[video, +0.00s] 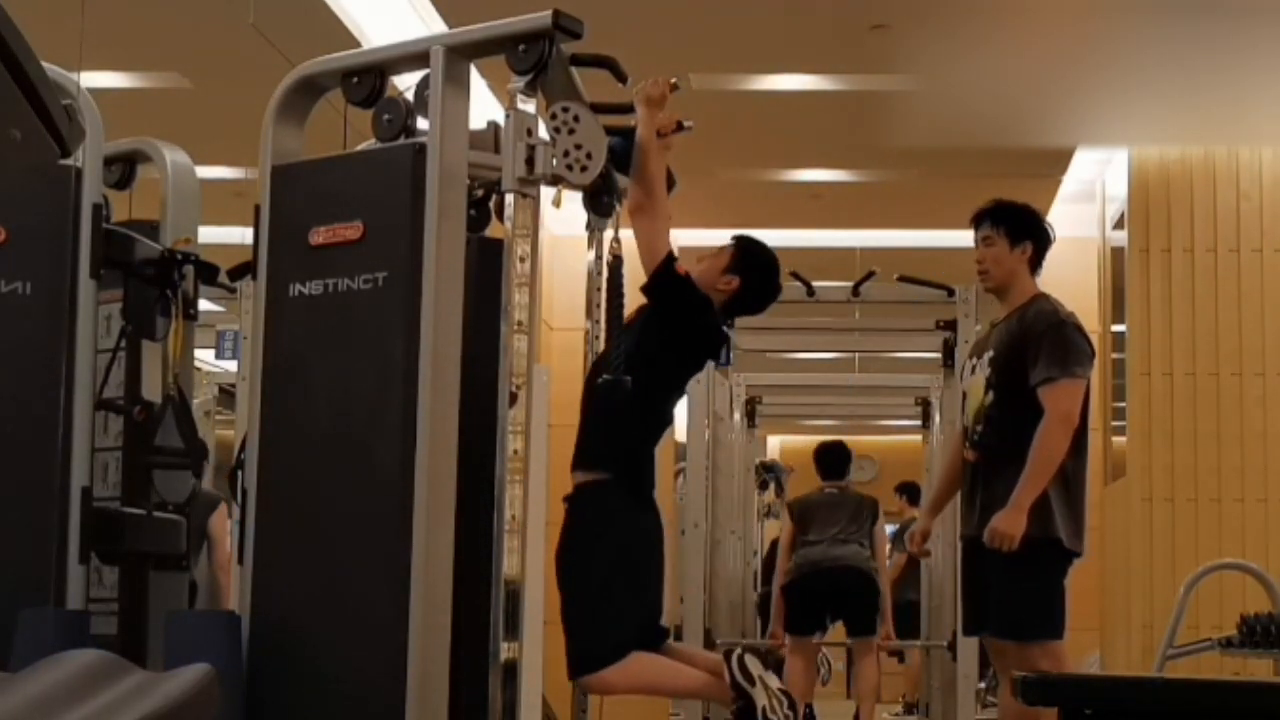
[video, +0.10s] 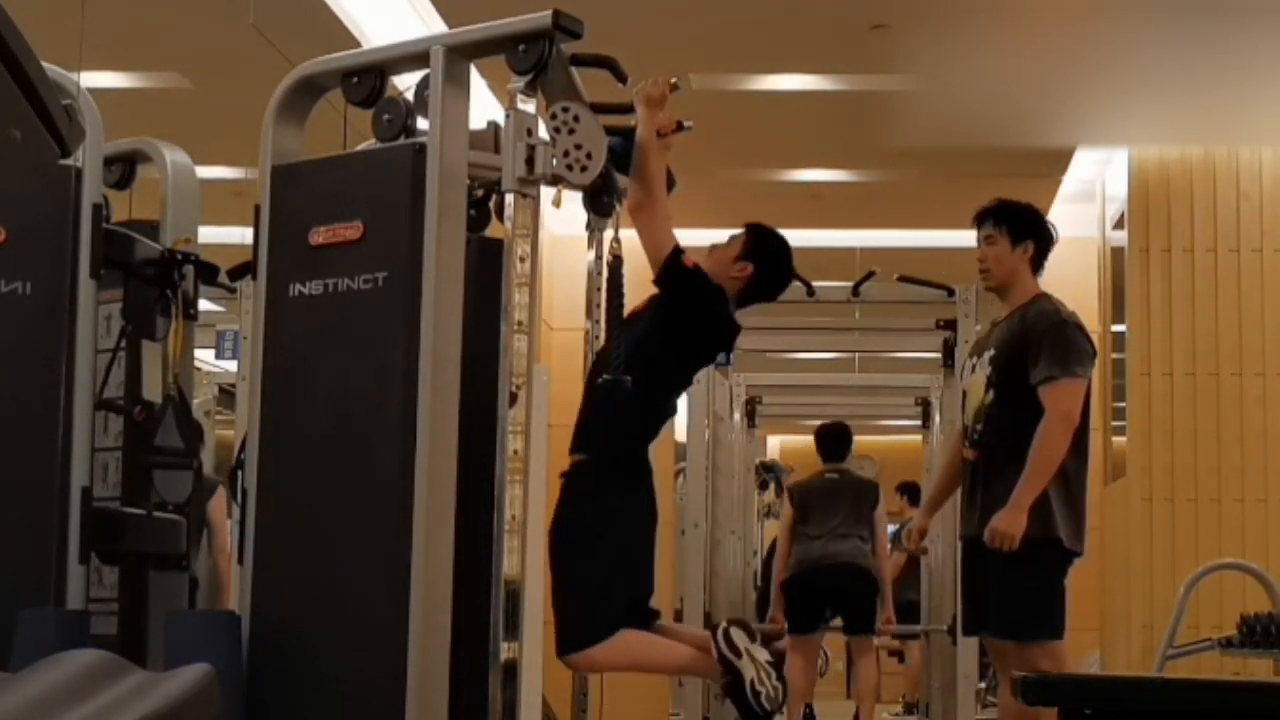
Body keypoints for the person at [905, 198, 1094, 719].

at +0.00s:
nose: (978, 256)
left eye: (990, 244)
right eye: (977, 246)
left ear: (1026, 251)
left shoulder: (1051, 324)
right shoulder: (989, 339)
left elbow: (1063, 421)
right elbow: (969, 436)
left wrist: (1018, 506)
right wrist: (929, 512)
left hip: (1033, 527)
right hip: (992, 525)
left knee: (1040, 667)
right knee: (1004, 662)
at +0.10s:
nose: (980, 255)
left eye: (992, 243)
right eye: (978, 245)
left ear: (1028, 250)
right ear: (981, 252)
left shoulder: (1052, 323)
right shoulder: (989, 338)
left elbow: (1063, 419)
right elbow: (968, 436)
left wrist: (1018, 505)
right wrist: (927, 510)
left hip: (1033, 526)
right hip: (991, 524)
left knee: (1040, 663)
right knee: (1004, 658)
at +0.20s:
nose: (981, 253)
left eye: (993, 242)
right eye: (980, 243)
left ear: (1030, 250)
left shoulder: (1053, 322)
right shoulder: (991, 336)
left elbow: (1064, 418)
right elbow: (969, 434)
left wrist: (1019, 504)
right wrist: (926, 507)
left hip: (1034, 525)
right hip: (991, 524)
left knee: (1040, 662)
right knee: (1004, 656)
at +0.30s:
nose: (983, 251)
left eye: (995, 239)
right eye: (983, 240)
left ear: (1032, 248)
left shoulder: (1054, 322)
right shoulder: (993, 335)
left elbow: (1066, 418)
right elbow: (969, 432)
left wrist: (1021, 503)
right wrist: (924, 507)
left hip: (1033, 527)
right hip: (992, 525)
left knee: (1039, 669)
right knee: (1005, 663)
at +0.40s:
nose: (986, 249)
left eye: (998, 238)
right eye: (986, 239)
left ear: (1034, 246)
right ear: (997, 248)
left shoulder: (1056, 322)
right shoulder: (995, 334)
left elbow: (1068, 418)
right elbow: (969, 432)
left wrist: (1022, 504)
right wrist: (925, 507)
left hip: (1034, 527)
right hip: (992, 524)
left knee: (1041, 667)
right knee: (1005, 662)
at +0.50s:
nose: (988, 246)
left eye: (1000, 235)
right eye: (989, 236)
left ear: (1037, 245)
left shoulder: (1060, 323)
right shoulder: (994, 334)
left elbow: (1071, 417)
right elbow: (970, 432)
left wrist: (1025, 503)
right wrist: (926, 507)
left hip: (1036, 525)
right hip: (992, 523)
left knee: (1042, 666)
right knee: (1005, 661)